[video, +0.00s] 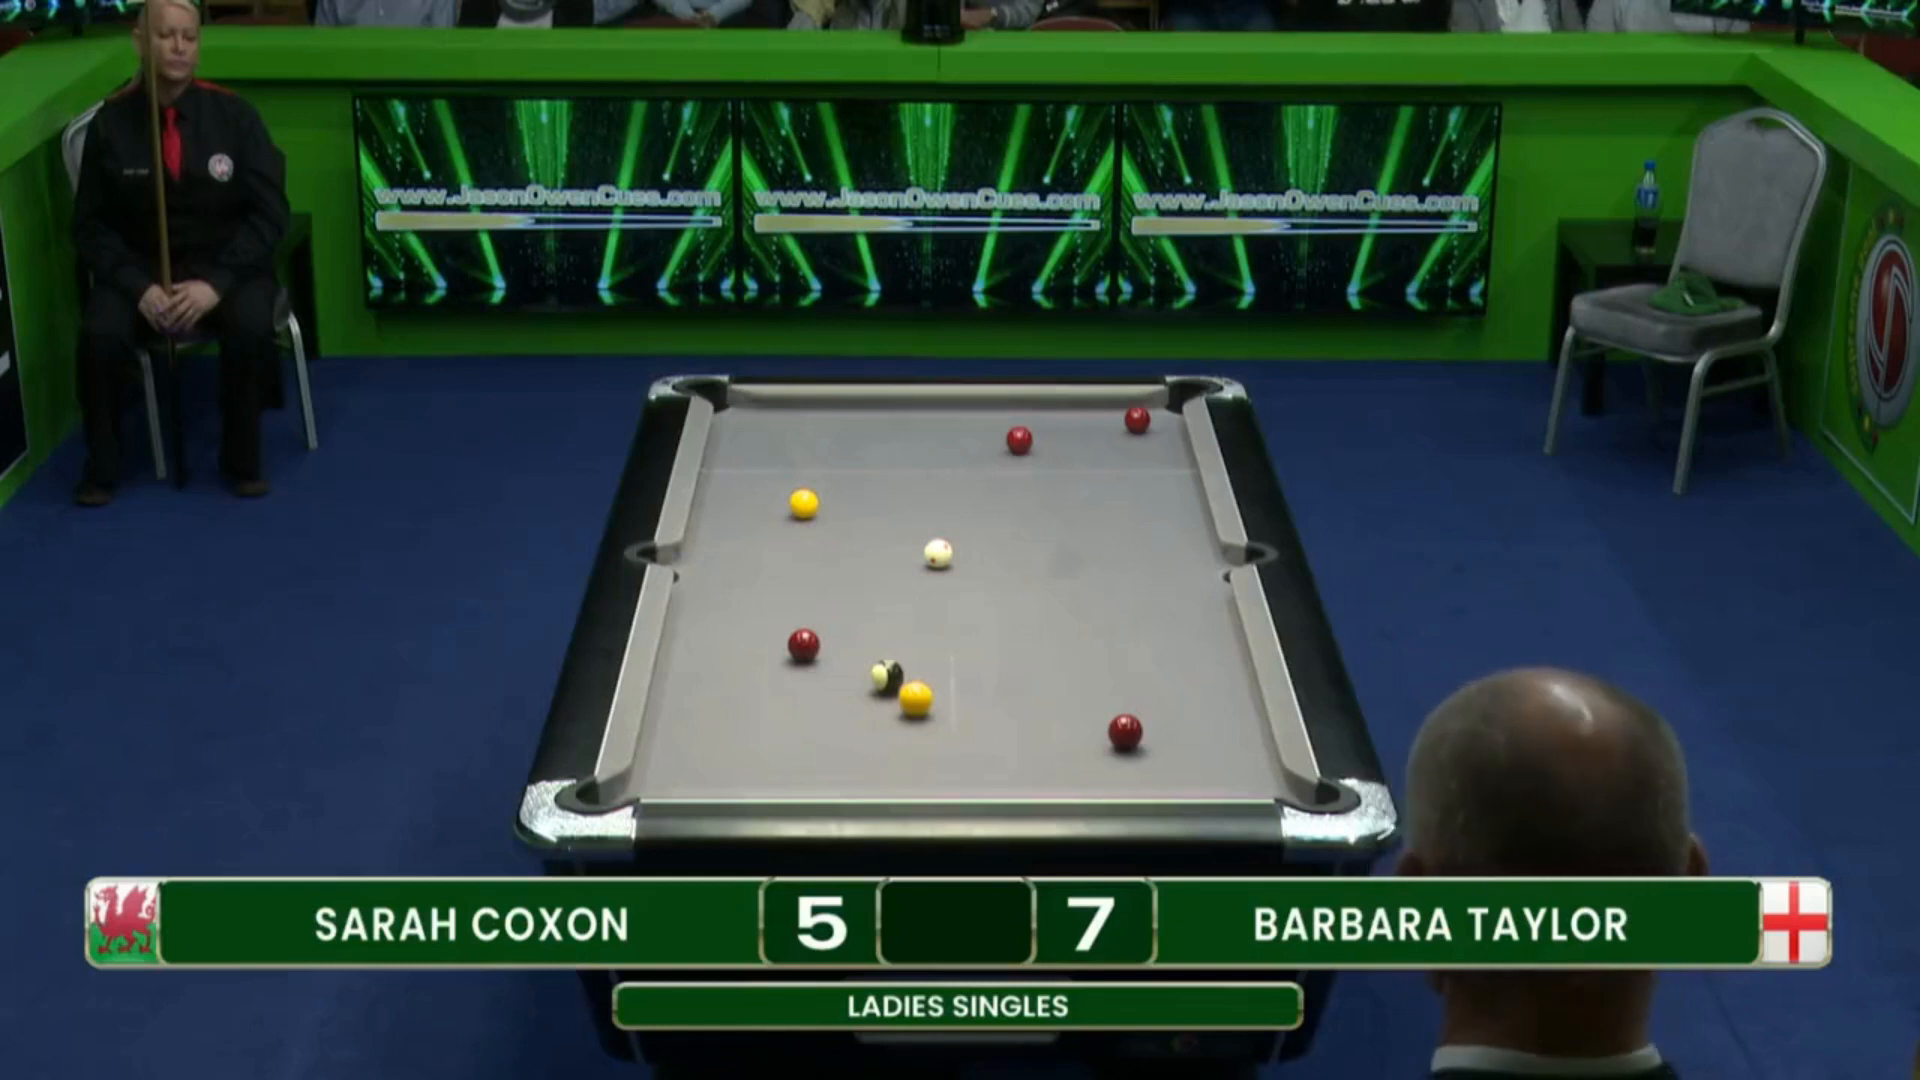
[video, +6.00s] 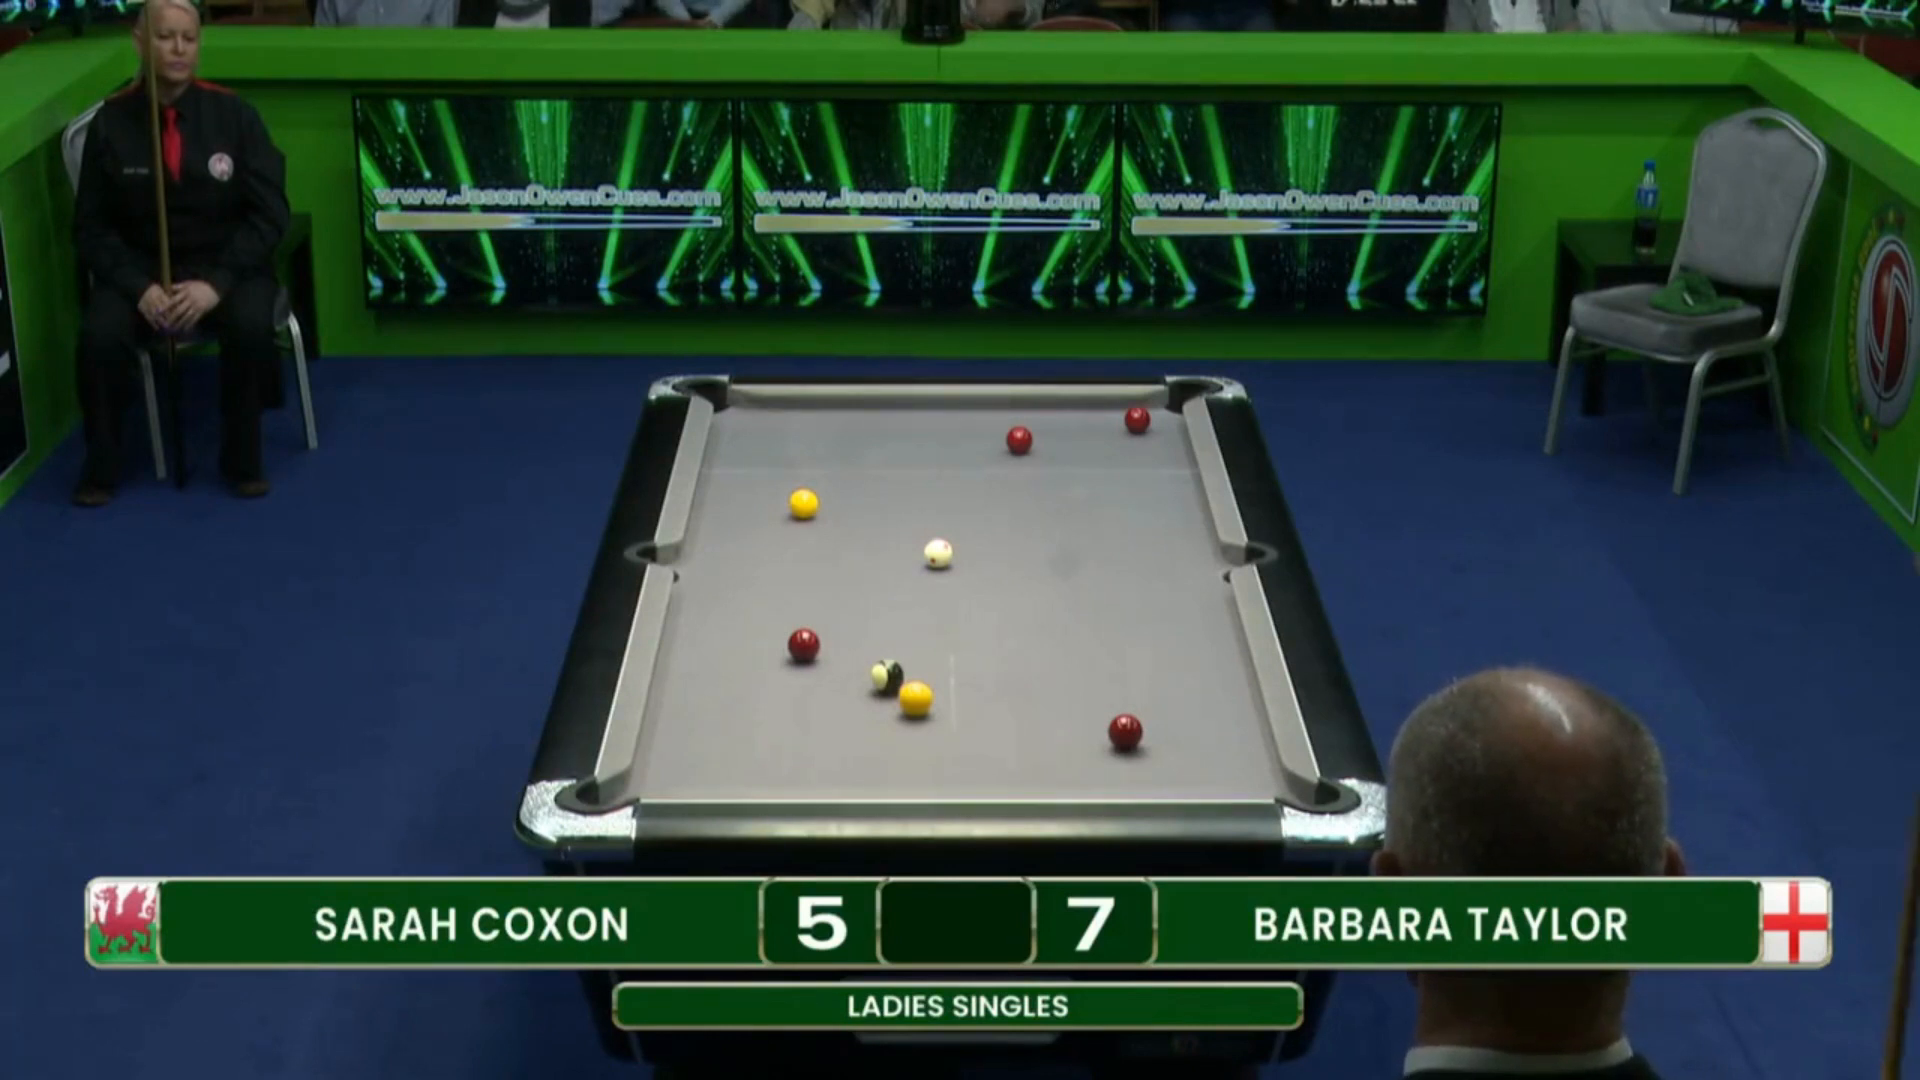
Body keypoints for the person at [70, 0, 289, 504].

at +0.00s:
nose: (180, 47)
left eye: (189, 37)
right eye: (166, 36)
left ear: (199, 44)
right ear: (141, 41)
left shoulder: (235, 115)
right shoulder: (111, 121)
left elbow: (269, 214)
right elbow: (90, 226)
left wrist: (213, 283)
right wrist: (140, 287)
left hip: (221, 268)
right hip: (138, 274)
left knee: (249, 327)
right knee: (102, 333)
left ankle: (243, 462)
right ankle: (101, 468)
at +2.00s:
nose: (179, 49)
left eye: (189, 38)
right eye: (166, 37)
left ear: (199, 45)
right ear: (141, 42)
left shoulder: (235, 115)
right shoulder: (111, 121)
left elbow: (269, 214)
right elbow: (90, 226)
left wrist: (213, 283)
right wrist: (140, 287)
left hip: (221, 267)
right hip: (138, 274)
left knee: (249, 329)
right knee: (101, 335)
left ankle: (244, 462)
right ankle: (101, 467)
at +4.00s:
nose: (179, 49)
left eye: (189, 38)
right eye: (165, 37)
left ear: (200, 45)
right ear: (141, 42)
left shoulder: (235, 115)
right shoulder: (111, 121)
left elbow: (269, 215)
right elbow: (90, 226)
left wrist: (214, 284)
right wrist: (140, 287)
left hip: (221, 266)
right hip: (138, 272)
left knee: (249, 330)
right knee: (101, 336)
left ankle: (243, 463)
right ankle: (101, 469)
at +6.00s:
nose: (179, 49)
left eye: (189, 38)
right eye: (165, 37)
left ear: (199, 44)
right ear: (141, 42)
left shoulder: (234, 116)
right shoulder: (111, 121)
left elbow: (269, 215)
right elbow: (90, 226)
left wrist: (214, 284)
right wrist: (140, 287)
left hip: (221, 268)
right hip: (138, 274)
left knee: (248, 328)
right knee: (101, 336)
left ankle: (243, 463)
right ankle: (101, 469)